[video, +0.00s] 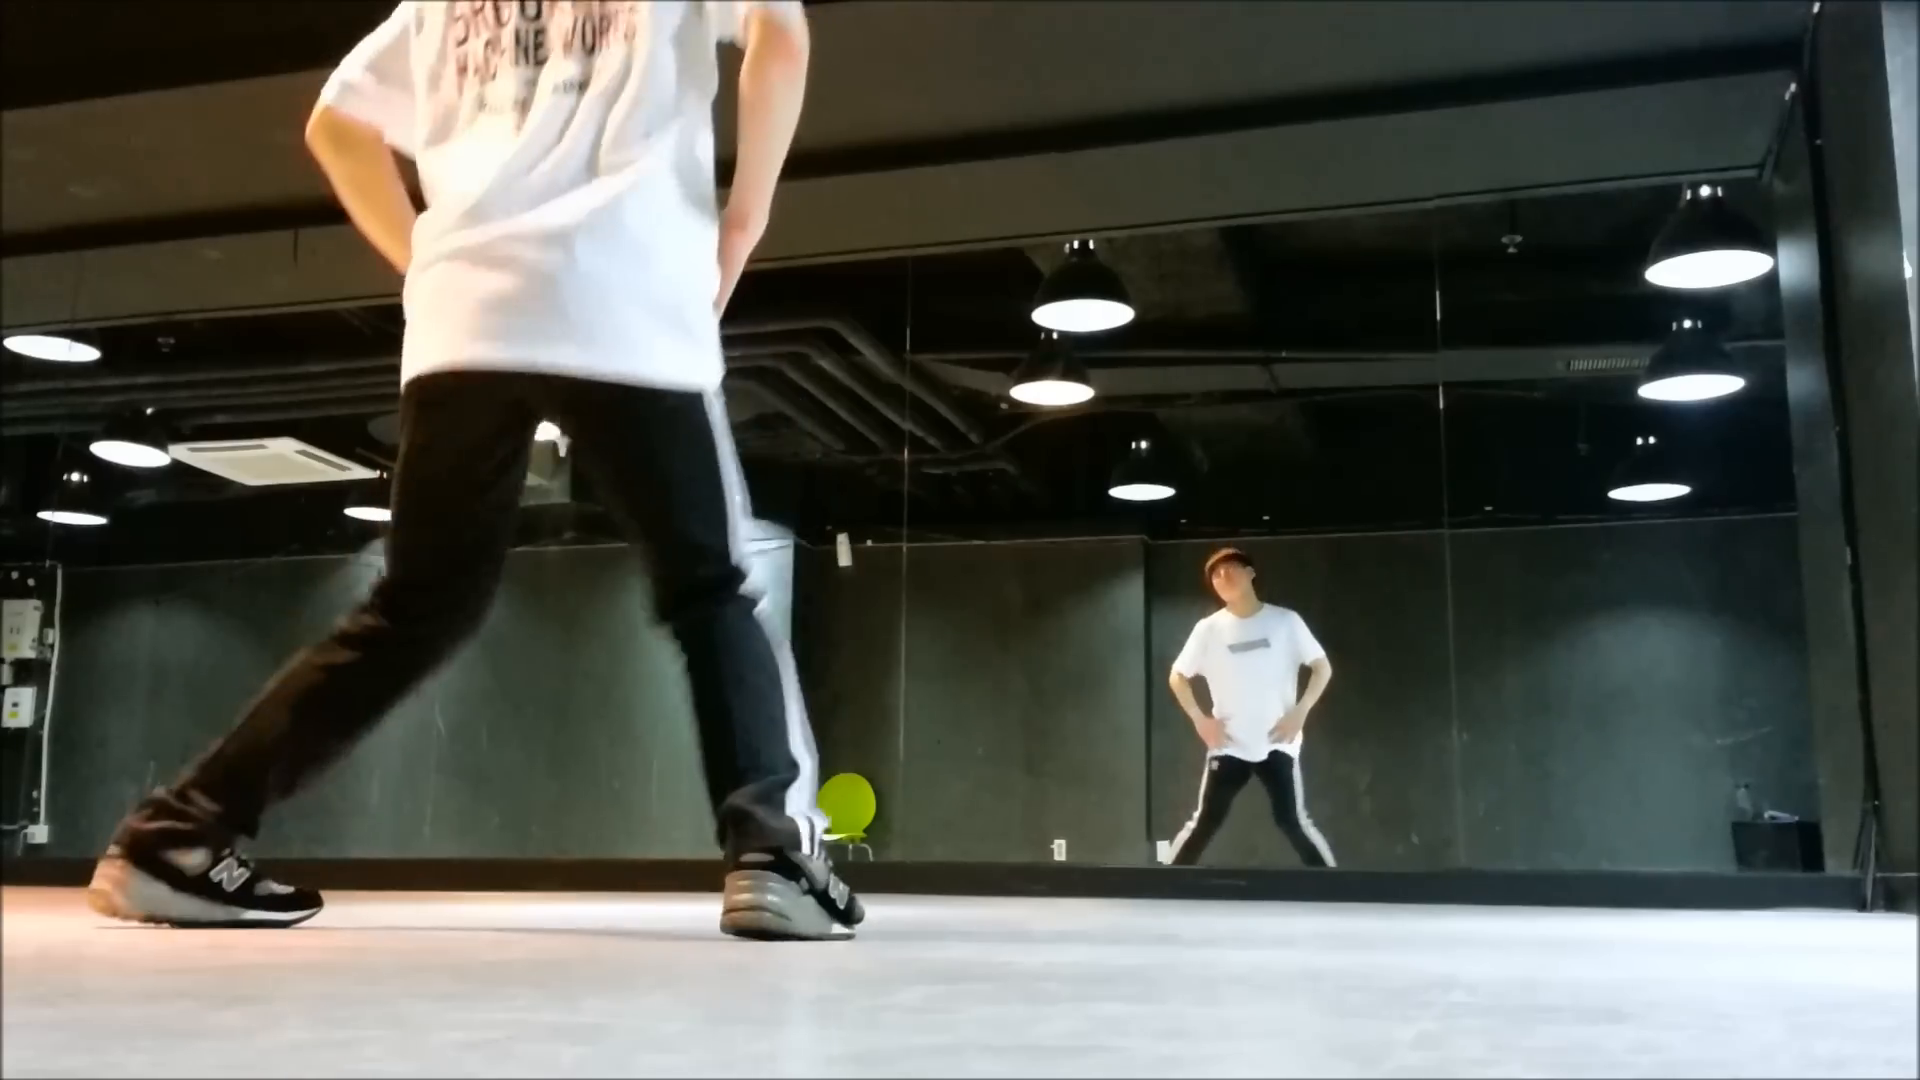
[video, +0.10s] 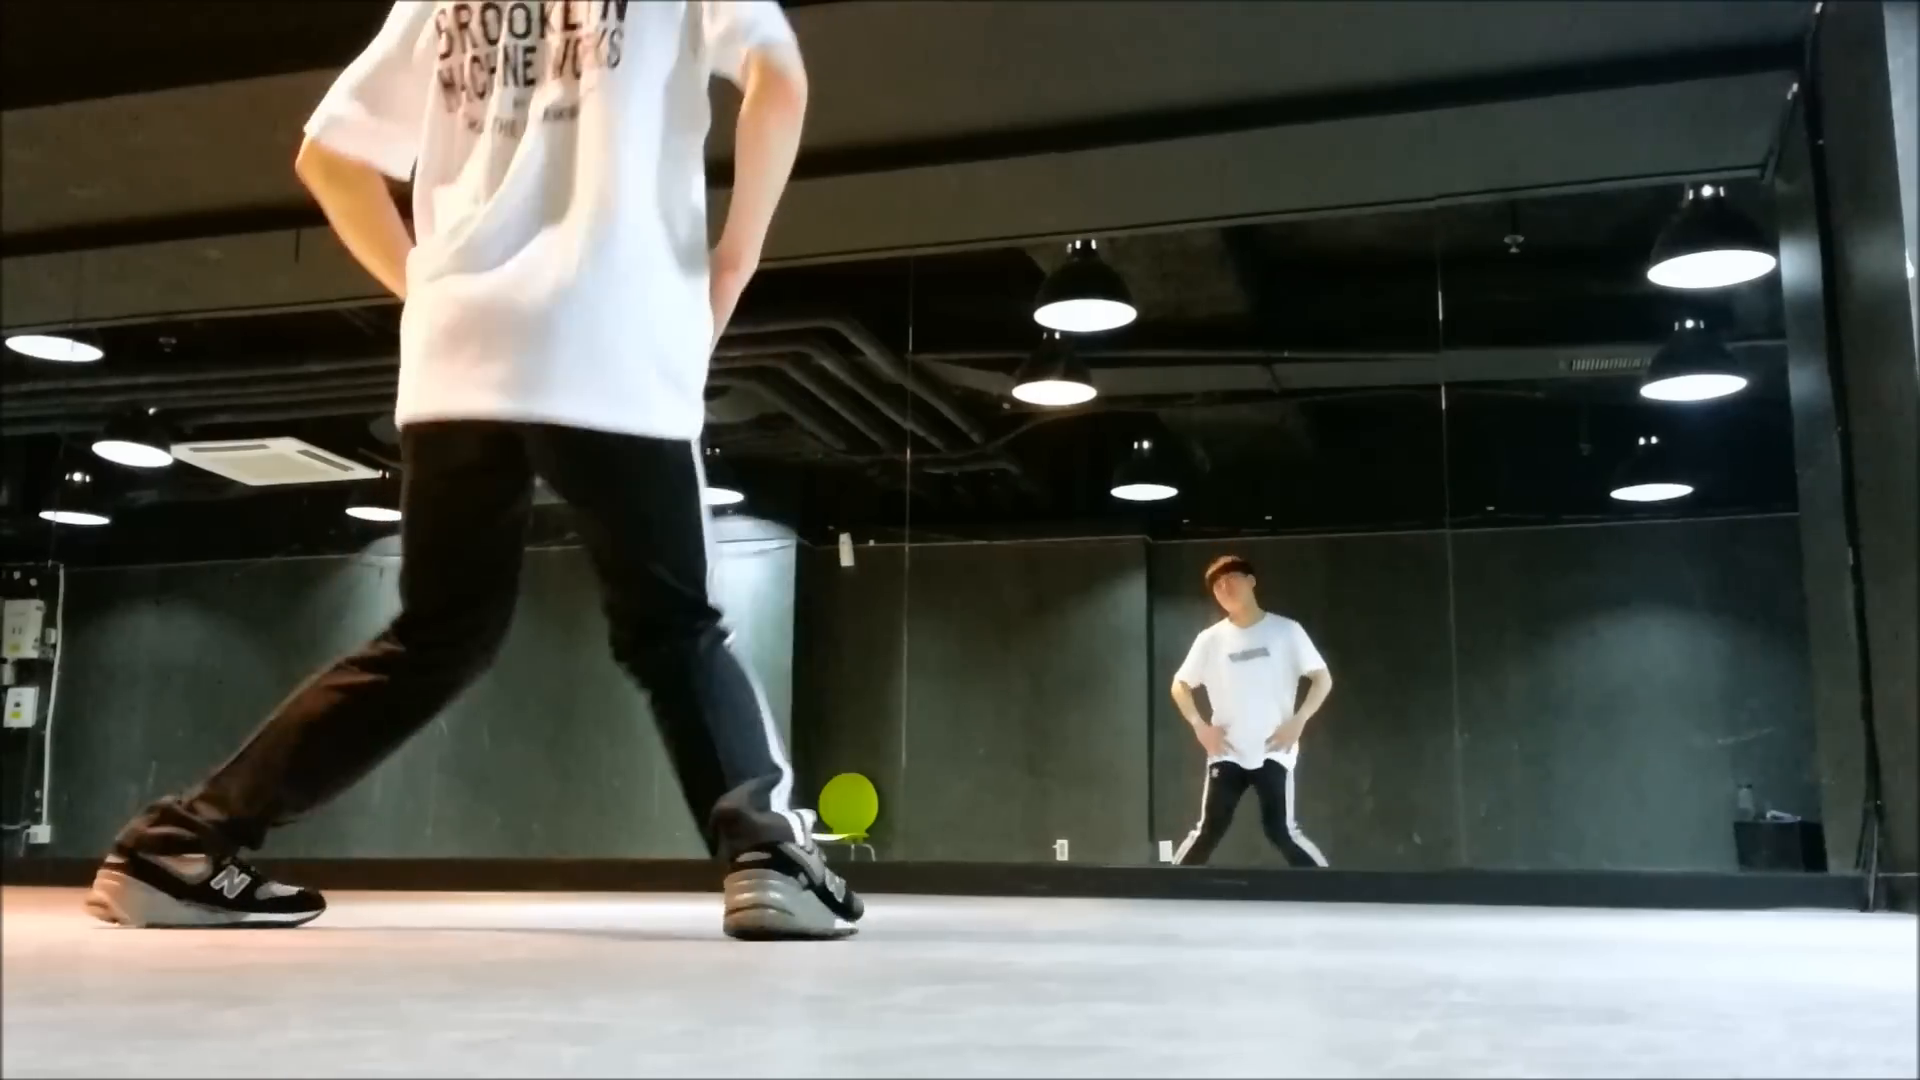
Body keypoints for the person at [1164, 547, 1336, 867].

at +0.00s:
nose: (1225, 575)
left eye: (1232, 568)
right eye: (1217, 572)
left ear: (1250, 573)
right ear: (1213, 585)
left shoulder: (1287, 622)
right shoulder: (1208, 629)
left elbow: (1322, 668)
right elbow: (1178, 677)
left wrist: (1298, 714)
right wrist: (1200, 720)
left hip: (1278, 744)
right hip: (1229, 746)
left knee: (1291, 820)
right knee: (1206, 821)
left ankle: (1334, 887)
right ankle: (1166, 885)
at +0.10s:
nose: (1226, 587)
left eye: (1233, 578)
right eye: (1219, 583)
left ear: (1251, 582)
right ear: (1215, 595)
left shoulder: (1288, 631)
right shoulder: (1210, 640)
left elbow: (1323, 680)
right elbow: (1180, 686)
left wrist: (1297, 722)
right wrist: (1200, 727)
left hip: (1275, 751)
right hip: (1227, 752)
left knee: (1280, 829)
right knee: (1211, 828)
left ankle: (1329, 888)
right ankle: (1170, 889)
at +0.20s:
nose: (1226, 596)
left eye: (1231, 587)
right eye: (1218, 591)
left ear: (1250, 586)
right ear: (1214, 598)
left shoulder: (1286, 634)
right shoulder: (1209, 642)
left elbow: (1321, 682)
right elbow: (1180, 688)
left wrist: (1294, 721)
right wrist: (1199, 724)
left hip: (1271, 753)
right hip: (1224, 753)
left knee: (1279, 831)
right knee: (1206, 830)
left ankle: (1327, 889)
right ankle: (1170, 891)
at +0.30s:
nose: (1224, 595)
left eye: (1229, 585)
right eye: (1216, 589)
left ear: (1247, 583)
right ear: (1211, 596)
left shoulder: (1285, 627)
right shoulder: (1208, 637)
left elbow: (1320, 674)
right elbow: (1179, 684)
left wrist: (1293, 711)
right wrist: (1197, 715)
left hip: (1272, 745)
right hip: (1223, 746)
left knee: (1289, 822)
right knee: (1197, 824)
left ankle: (1325, 891)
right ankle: (1178, 895)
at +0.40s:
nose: (1223, 590)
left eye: (1228, 581)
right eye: (1215, 585)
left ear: (1246, 577)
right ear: (1210, 591)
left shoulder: (1284, 616)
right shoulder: (1207, 628)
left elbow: (1320, 662)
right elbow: (1179, 676)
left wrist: (1295, 695)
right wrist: (1197, 704)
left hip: (1273, 730)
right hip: (1222, 732)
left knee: (1301, 807)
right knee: (1192, 799)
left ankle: (1318, 885)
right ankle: (1190, 883)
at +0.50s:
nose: (1225, 588)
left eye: (1230, 579)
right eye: (1217, 583)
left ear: (1247, 574)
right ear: (1211, 587)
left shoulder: (1285, 612)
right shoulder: (1207, 624)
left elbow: (1320, 658)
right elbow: (1181, 672)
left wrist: (1296, 691)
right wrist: (1196, 699)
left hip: (1274, 727)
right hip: (1222, 729)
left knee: (1308, 803)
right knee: (1186, 800)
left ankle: (1316, 883)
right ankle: (1191, 883)